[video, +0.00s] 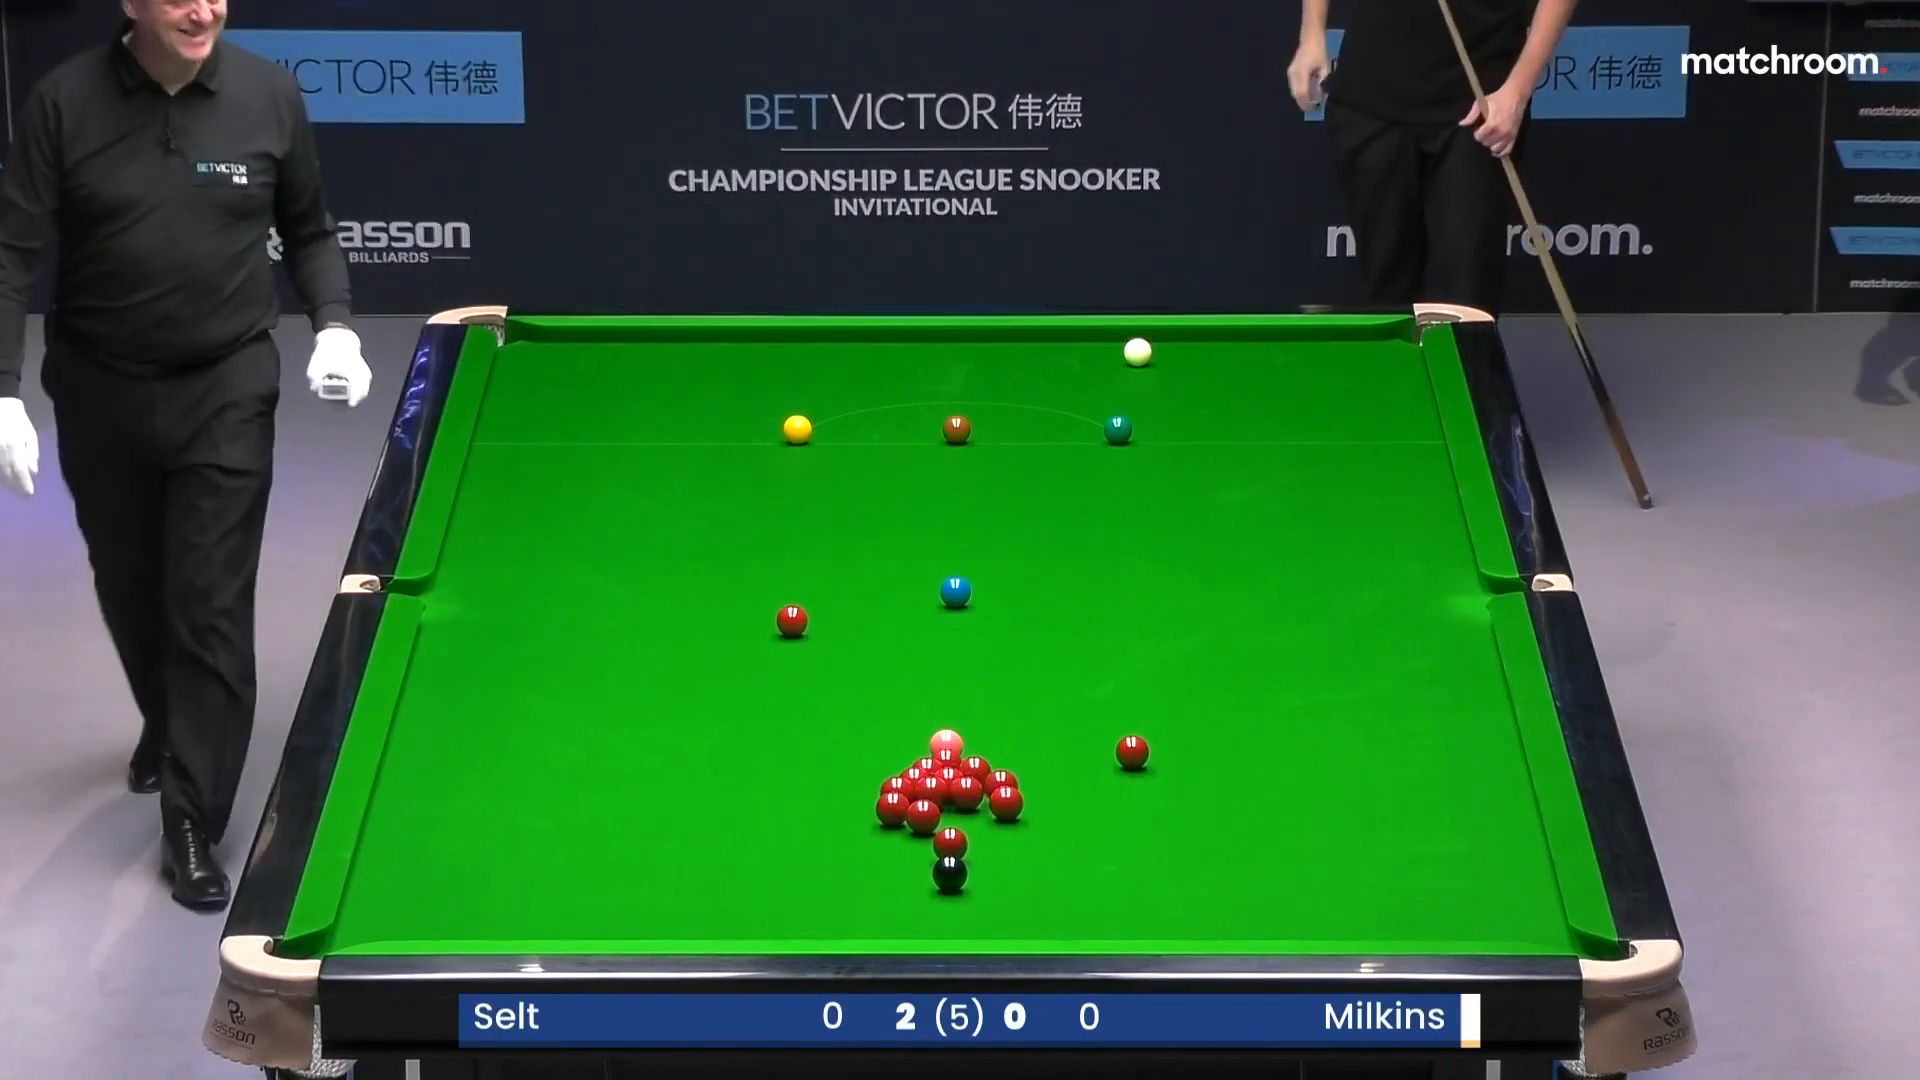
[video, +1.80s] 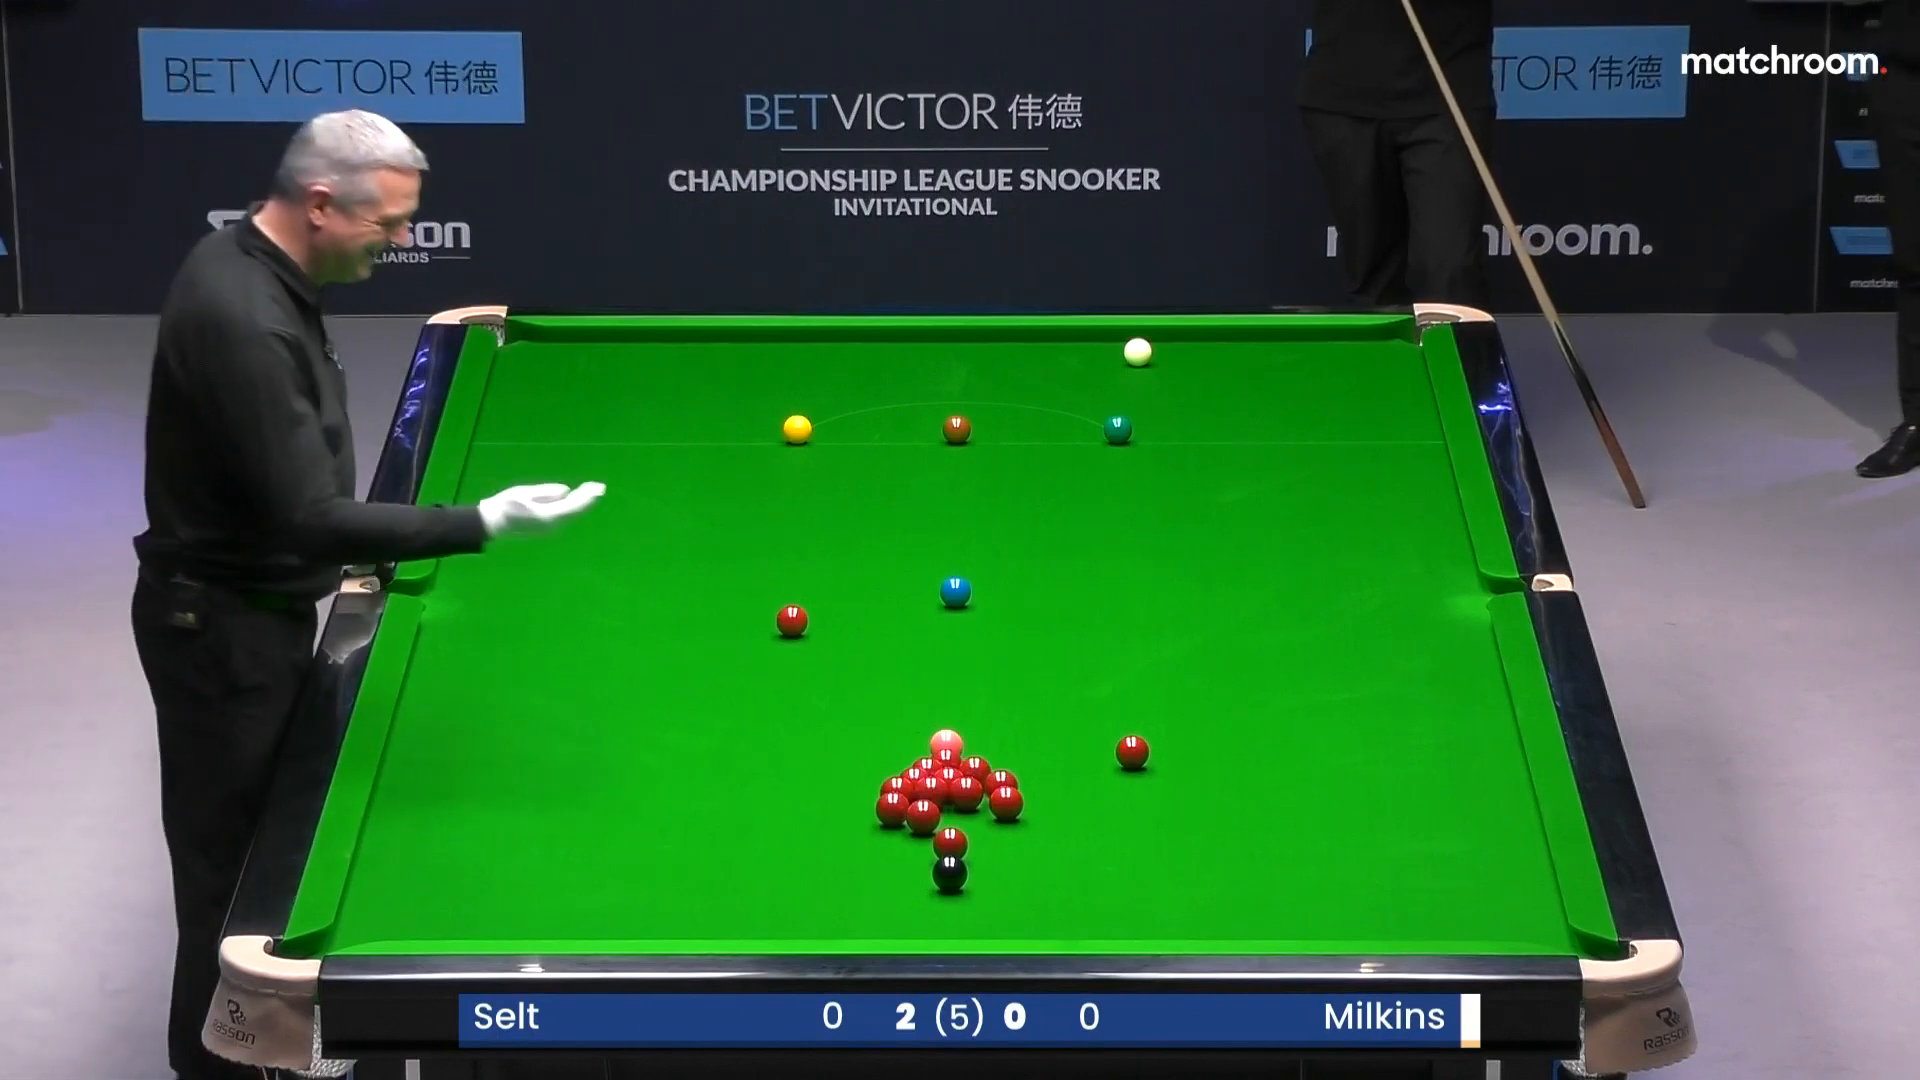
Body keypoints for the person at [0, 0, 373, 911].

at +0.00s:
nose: (205, 10)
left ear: (227, 4)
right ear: (135, 6)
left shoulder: (268, 96)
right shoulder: (61, 104)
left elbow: (309, 225)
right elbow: (14, 257)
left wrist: (336, 326)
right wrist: (5, 391)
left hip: (226, 382)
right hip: (99, 389)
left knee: (207, 605)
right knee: (129, 586)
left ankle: (194, 818)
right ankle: (163, 720)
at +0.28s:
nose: (199, 32)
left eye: (211, 14)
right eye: (179, 15)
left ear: (222, 16)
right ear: (123, 16)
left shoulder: (260, 109)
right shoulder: (45, 123)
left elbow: (307, 248)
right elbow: (8, 290)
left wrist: (336, 358)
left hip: (223, 415)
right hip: (86, 417)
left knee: (214, 637)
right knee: (81, 633)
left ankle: (191, 828)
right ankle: (89, 803)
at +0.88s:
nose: (184, 126)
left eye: (192, 106)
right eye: (164, 112)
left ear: (196, 96)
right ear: (96, 107)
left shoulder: (207, 182)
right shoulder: (18, 214)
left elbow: (248, 331)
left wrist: (324, 445)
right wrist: (17, 494)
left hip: (193, 514)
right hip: (55, 533)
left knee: (232, 723)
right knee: (63, 760)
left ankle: (175, 919)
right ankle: (76, 959)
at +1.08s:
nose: (222, 166)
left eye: (230, 146)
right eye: (204, 149)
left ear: (227, 135)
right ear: (131, 142)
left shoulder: (228, 221)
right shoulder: (50, 249)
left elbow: (248, 363)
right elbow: (18, 426)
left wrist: (322, 460)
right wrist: (133, 481)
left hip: (211, 556)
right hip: (77, 565)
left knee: (206, 802)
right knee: (75, 784)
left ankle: (212, 1031)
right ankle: (81, 973)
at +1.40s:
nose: (303, 192)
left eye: (308, 172)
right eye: (287, 175)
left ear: (236, 167)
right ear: (215, 164)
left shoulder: (257, 250)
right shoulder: (120, 271)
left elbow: (262, 416)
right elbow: (131, 461)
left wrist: (337, 491)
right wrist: (288, 482)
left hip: (264, 578)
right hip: (158, 593)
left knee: (258, 825)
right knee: (204, 821)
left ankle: (228, 1048)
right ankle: (102, 974)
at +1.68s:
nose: (361, 230)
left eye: (368, 210)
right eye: (348, 210)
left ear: (285, 193)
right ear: (280, 192)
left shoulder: (250, 269)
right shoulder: (200, 311)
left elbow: (276, 449)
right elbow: (248, 506)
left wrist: (344, 544)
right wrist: (417, 514)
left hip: (258, 602)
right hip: (213, 619)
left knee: (269, 842)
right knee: (227, 861)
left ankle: (253, 1049)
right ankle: (211, 1058)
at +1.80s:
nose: (398, 243)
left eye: (404, 223)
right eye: (386, 223)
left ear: (318, 203)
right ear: (317, 204)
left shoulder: (261, 264)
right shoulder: (242, 317)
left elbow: (301, 442)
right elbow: (305, 518)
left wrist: (342, 548)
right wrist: (482, 520)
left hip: (253, 603)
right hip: (219, 622)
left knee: (258, 849)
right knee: (228, 865)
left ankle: (245, 1048)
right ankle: (211, 1058)